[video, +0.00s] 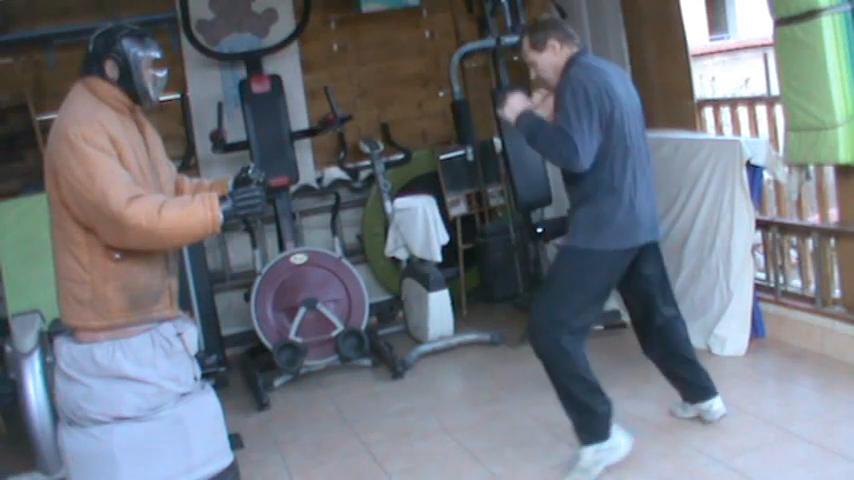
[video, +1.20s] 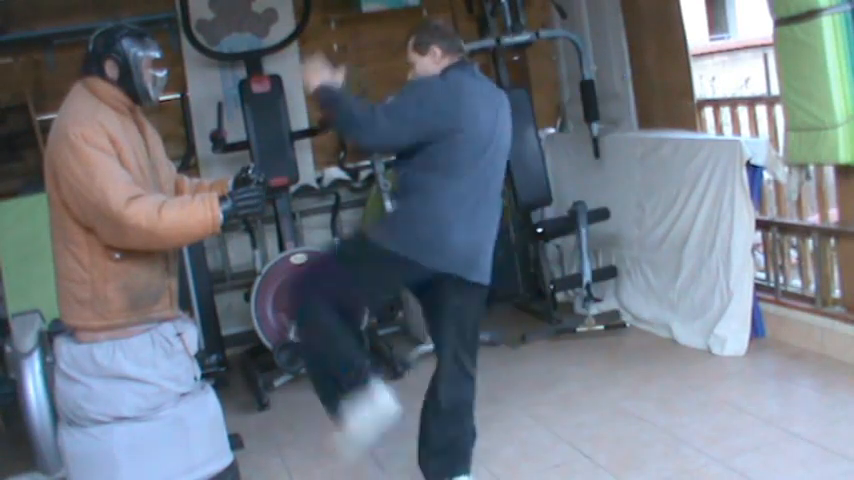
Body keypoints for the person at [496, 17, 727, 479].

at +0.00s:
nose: (536, 73)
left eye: (535, 63)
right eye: (532, 66)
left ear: (557, 46)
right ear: (564, 44)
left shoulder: (580, 79)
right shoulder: (610, 73)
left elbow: (575, 155)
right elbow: (603, 151)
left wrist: (523, 118)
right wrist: (556, 118)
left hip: (605, 228)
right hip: (637, 221)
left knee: (549, 328)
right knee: (658, 320)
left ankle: (600, 437)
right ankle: (704, 398)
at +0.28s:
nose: (492, 82)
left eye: (493, 71)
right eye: (489, 73)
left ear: (518, 60)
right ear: (527, 60)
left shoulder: (544, 94)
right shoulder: (569, 87)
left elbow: (542, 172)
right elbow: (563, 159)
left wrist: (489, 135)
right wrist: (513, 127)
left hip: (569, 249)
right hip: (606, 239)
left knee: (539, 354)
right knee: (639, 327)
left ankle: (537, 464)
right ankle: (694, 400)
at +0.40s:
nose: (480, 75)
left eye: (480, 66)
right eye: (477, 67)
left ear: (501, 54)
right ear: (521, 50)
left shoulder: (513, 91)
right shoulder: (571, 82)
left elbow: (496, 158)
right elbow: (562, 142)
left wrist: (453, 115)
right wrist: (501, 108)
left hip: (545, 243)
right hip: (592, 234)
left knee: (509, 348)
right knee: (597, 319)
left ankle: (527, 464)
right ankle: (649, 404)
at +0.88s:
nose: (422, 81)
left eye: (424, 70)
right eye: (420, 72)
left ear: (449, 62)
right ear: (463, 62)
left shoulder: (468, 104)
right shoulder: (512, 101)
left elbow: (440, 176)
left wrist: (384, 134)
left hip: (479, 279)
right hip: (529, 269)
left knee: (462, 392)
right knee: (545, 360)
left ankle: (464, 472)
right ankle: (590, 442)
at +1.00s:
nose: (410, 76)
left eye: (413, 65)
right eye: (409, 66)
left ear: (435, 56)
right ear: (448, 58)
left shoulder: (440, 99)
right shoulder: (501, 102)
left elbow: (399, 153)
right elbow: (516, 179)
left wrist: (340, 109)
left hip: (452, 266)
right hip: (502, 261)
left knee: (450, 375)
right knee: (495, 357)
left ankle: (459, 471)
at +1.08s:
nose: (408, 72)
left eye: (411, 62)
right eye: (407, 63)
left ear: (432, 56)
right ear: (453, 57)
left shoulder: (428, 98)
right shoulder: (499, 103)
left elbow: (358, 121)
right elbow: (504, 180)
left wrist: (346, 65)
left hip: (438, 269)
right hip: (487, 265)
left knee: (423, 375)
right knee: (460, 370)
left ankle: (444, 469)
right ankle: (458, 463)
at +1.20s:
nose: (412, 73)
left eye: (415, 63)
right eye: (411, 64)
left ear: (439, 54)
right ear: (455, 55)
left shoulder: (440, 93)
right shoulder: (500, 102)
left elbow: (374, 130)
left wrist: (326, 91)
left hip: (415, 239)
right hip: (471, 254)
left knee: (316, 291)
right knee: (457, 365)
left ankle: (360, 394)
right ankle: (452, 470)